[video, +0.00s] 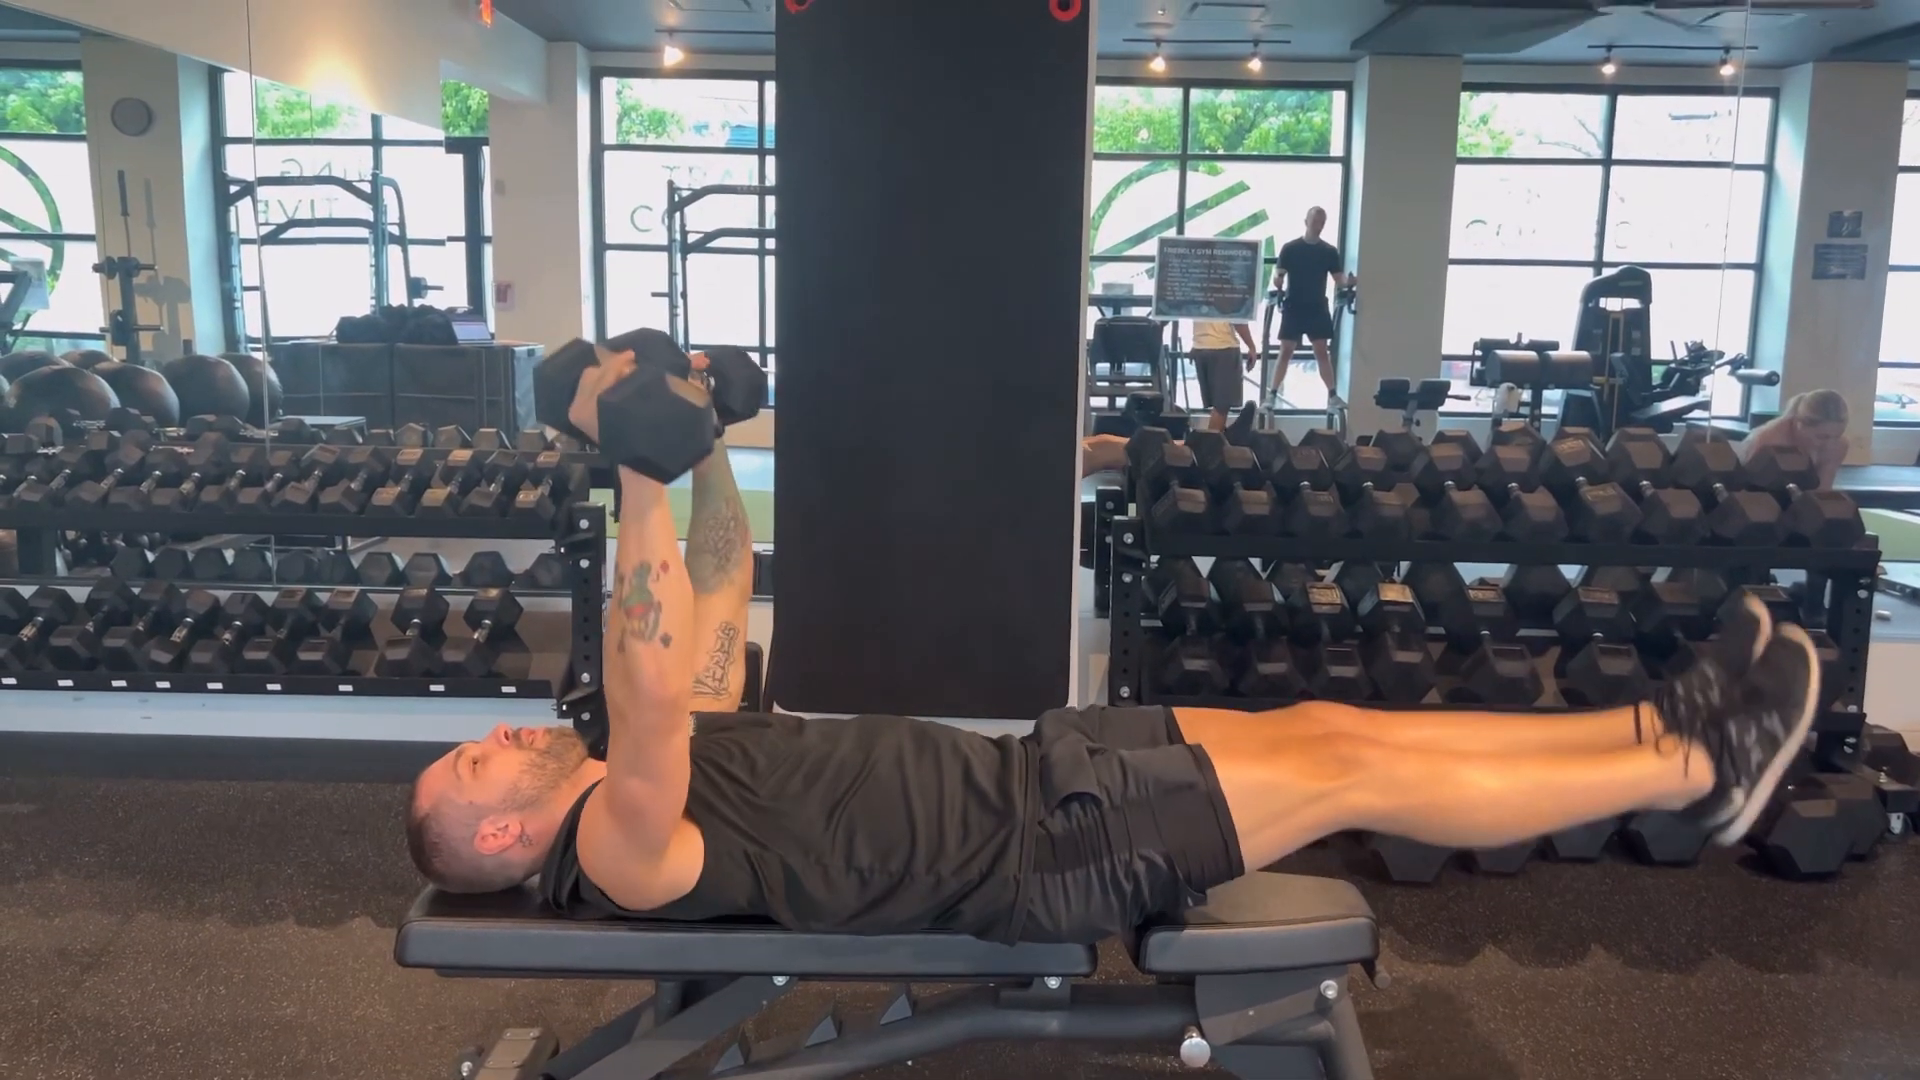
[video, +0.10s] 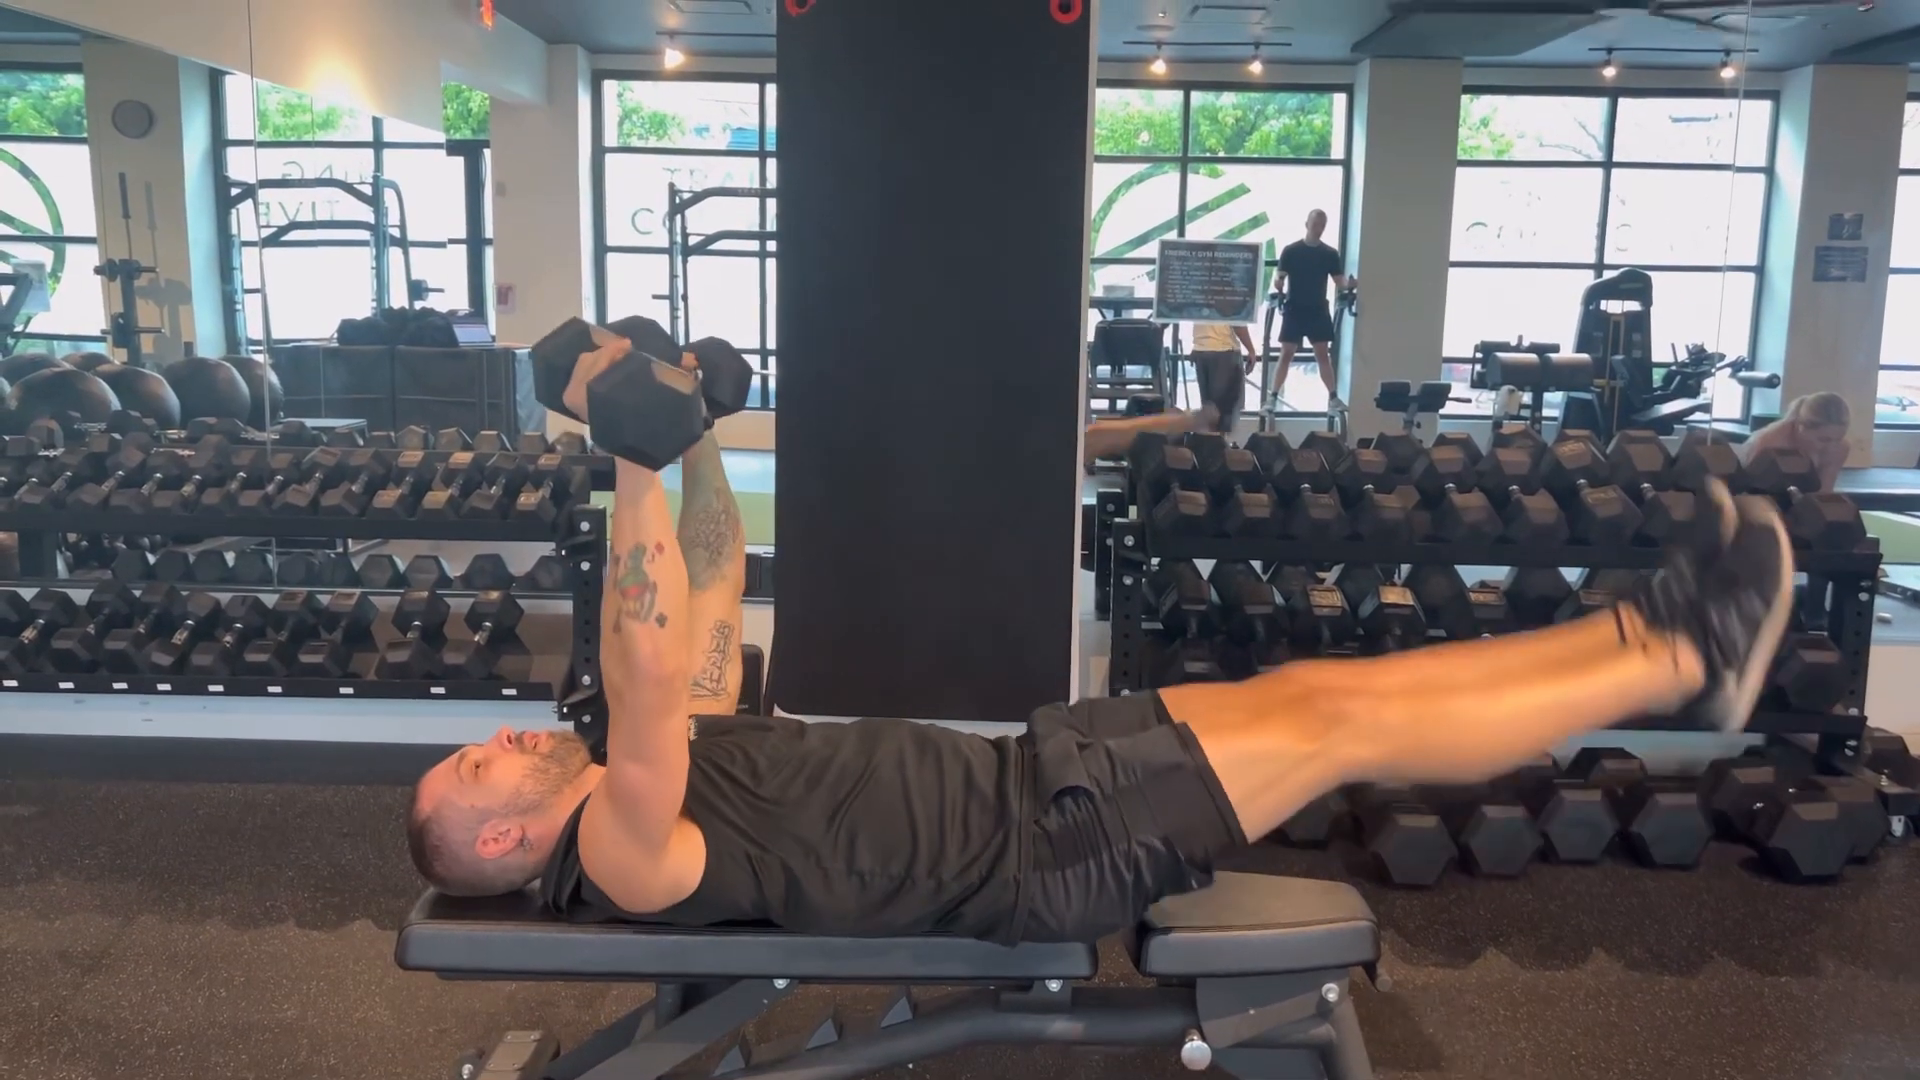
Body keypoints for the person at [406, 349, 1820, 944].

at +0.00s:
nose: (506, 746)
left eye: (483, 749)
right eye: (486, 776)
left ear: (537, 775)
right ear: (516, 851)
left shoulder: (647, 777)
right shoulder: (625, 848)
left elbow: (718, 627)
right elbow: (648, 660)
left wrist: (687, 463)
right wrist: (633, 477)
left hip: (1048, 754)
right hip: (1051, 831)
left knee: (1341, 721)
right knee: (1360, 777)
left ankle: (1664, 733)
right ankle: (1691, 771)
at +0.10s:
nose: (504, 748)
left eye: (483, 754)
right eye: (485, 781)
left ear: (537, 790)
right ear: (520, 851)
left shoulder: (654, 778)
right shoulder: (630, 845)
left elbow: (711, 611)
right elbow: (642, 646)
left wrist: (668, 455)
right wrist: (633, 464)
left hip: (1044, 758)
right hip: (1053, 837)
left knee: (1324, 685)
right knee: (1340, 720)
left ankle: (1650, 640)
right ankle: (1680, 666)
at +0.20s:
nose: (506, 746)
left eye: (488, 753)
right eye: (484, 778)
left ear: (536, 790)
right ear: (514, 850)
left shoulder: (650, 785)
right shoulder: (630, 850)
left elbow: (709, 602)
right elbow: (639, 636)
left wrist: (682, 441)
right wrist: (636, 454)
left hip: (1022, 764)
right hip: (1028, 834)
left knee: (1287, 630)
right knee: (1300, 655)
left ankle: (1585, 492)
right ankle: (1627, 513)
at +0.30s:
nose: (495, 751)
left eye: (474, 764)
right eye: (480, 784)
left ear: (527, 790)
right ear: (519, 851)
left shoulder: (640, 775)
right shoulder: (631, 851)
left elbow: (706, 610)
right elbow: (641, 643)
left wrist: (676, 433)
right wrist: (627, 462)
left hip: (1003, 767)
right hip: (1029, 833)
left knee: (1240, 567)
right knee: (1252, 585)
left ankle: (1469, 359)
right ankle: (1519, 365)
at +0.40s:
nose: (495, 745)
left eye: (475, 755)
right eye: (474, 787)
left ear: (513, 761)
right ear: (514, 846)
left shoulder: (634, 778)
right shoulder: (623, 852)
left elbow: (706, 607)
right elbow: (650, 636)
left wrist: (668, 433)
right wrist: (641, 450)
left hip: (992, 776)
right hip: (1020, 839)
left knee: (1154, 530)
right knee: (1168, 546)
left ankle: (1339, 257)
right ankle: (1361, 253)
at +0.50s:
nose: (484, 748)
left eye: (457, 760)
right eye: (465, 780)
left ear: (511, 795)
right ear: (503, 843)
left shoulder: (632, 796)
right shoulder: (615, 849)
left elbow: (702, 583)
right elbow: (634, 626)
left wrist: (665, 431)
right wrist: (628, 444)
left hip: (980, 803)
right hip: (1006, 847)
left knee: (1075, 516)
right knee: (1088, 524)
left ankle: (1191, 191)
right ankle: (1192, 186)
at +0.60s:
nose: (488, 744)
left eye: (456, 757)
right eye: (464, 773)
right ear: (494, 844)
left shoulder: (629, 800)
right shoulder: (609, 855)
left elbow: (697, 591)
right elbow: (632, 652)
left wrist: (671, 435)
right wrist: (626, 458)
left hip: (965, 807)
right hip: (986, 847)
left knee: (1013, 506)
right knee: (1014, 510)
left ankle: (1048, 163)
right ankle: (1055, 157)